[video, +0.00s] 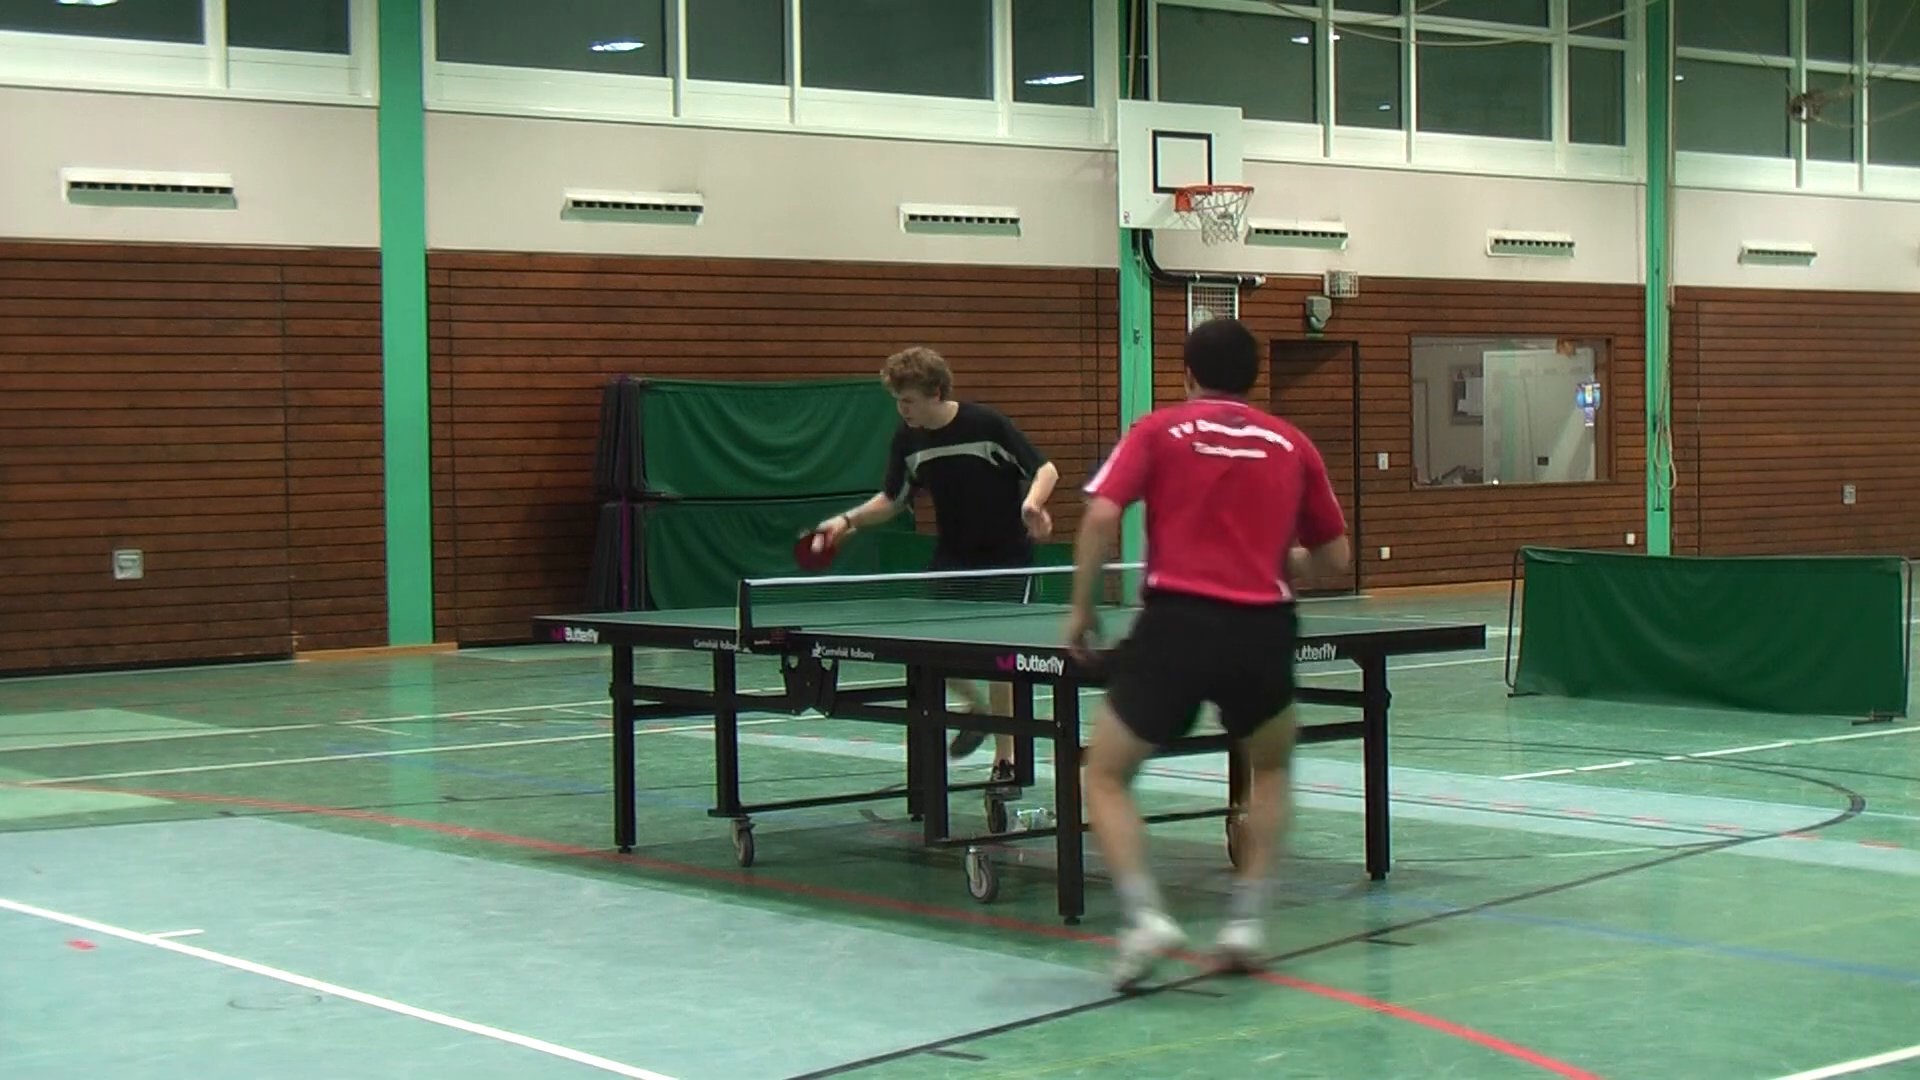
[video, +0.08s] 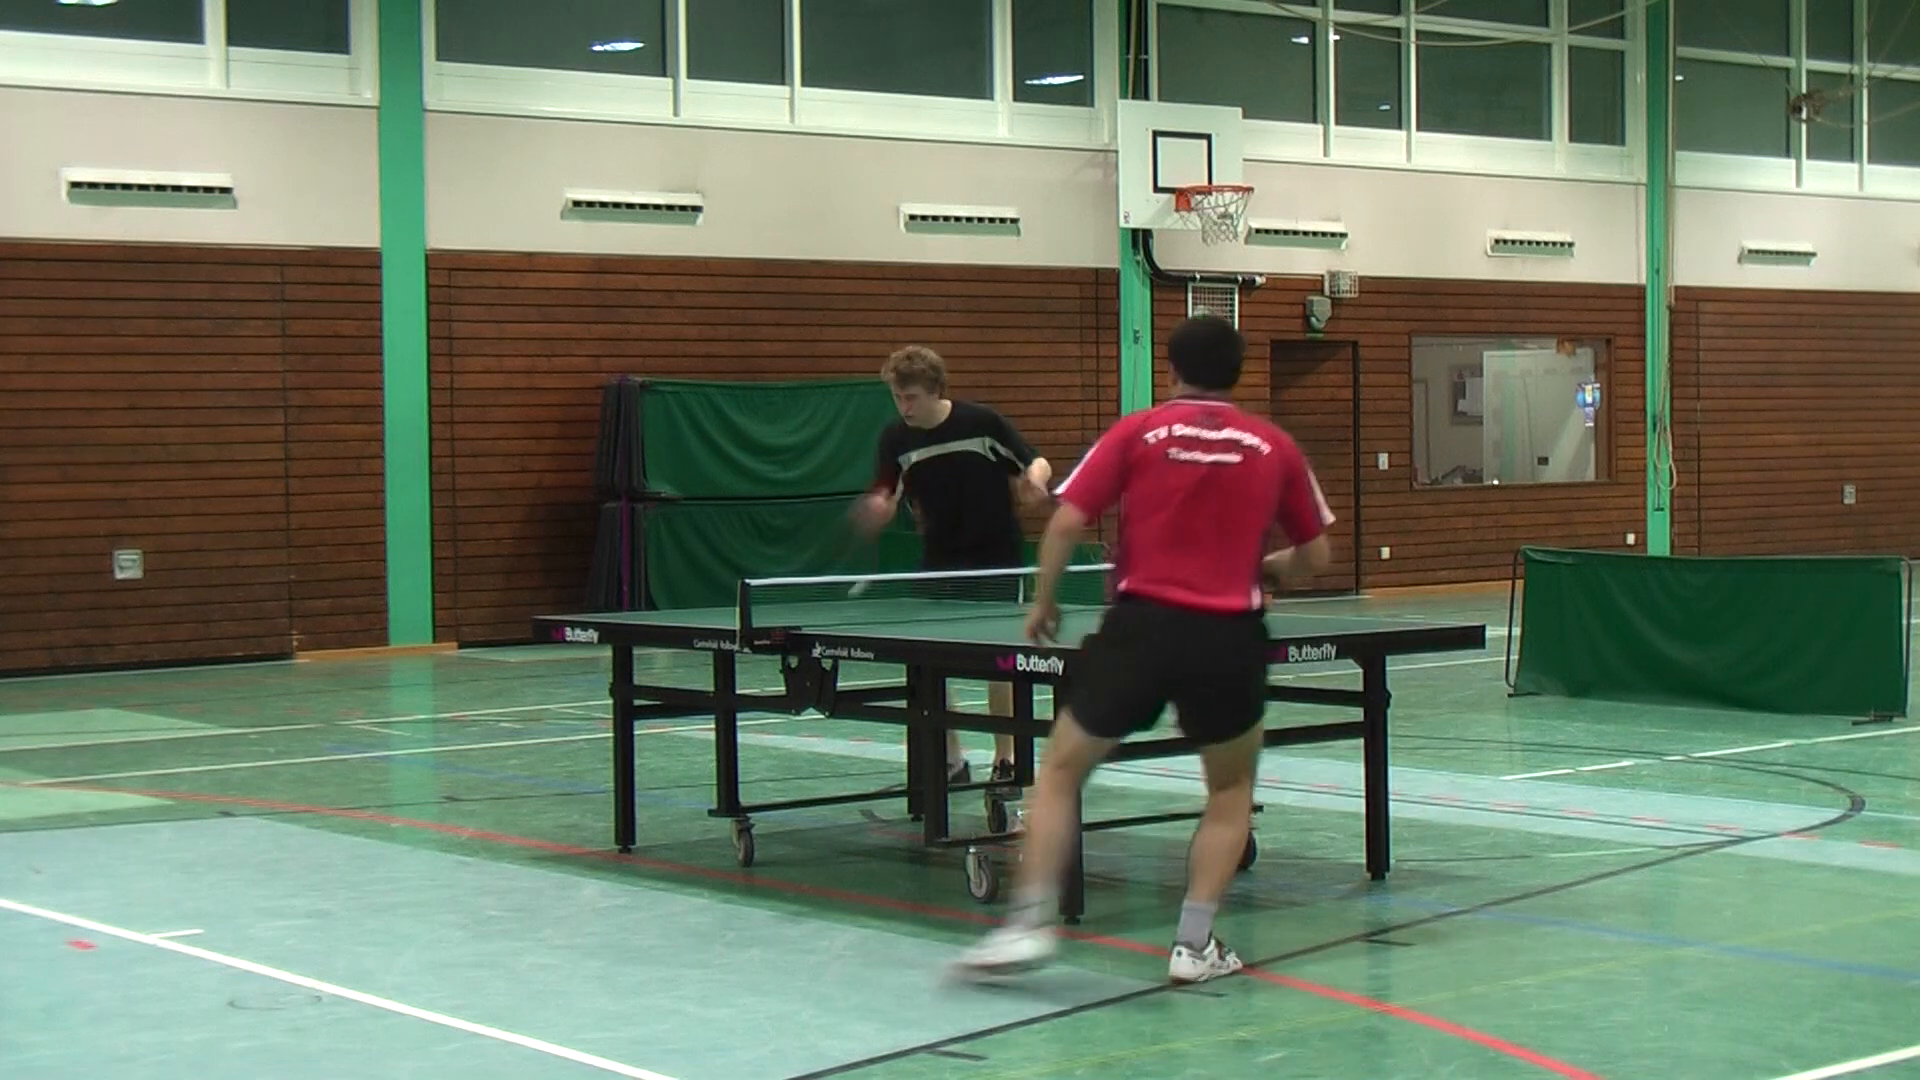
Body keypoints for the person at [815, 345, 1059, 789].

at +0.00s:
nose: (901, 410)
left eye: (907, 401)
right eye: (898, 402)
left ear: (937, 394)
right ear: (903, 399)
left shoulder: (987, 424)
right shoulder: (908, 440)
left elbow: (1045, 469)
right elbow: (891, 500)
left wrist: (1032, 501)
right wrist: (848, 520)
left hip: (1005, 559)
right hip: (952, 559)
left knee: (999, 660)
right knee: (932, 649)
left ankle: (1006, 759)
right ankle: (977, 706)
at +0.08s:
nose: (903, 407)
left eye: (911, 397)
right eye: (897, 397)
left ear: (936, 390)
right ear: (894, 393)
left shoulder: (982, 422)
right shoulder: (896, 438)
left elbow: (1038, 463)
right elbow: (881, 499)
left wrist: (1035, 479)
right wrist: (877, 507)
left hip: (996, 566)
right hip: (938, 567)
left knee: (999, 667)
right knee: (928, 666)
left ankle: (1006, 759)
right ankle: (952, 758)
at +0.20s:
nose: (909, 395)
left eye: (916, 385)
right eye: (899, 387)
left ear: (933, 380)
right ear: (888, 386)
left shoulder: (969, 420)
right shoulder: (884, 433)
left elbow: (1015, 469)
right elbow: (886, 505)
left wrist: (1026, 470)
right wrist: (910, 461)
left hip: (972, 571)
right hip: (911, 575)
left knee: (995, 664)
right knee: (900, 667)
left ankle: (1004, 767)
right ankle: (918, 760)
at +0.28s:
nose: (894, 392)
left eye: (901, 383)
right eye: (885, 384)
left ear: (917, 382)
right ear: (874, 385)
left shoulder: (946, 416)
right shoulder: (867, 435)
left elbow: (1002, 461)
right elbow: (869, 505)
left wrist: (1017, 485)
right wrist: (911, 462)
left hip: (953, 569)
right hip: (890, 572)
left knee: (987, 665)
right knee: (861, 651)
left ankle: (1002, 763)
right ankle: (866, 735)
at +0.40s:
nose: (863, 391)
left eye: (870, 382)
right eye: (854, 384)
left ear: (883, 382)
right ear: (839, 389)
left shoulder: (914, 426)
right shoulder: (830, 440)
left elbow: (960, 467)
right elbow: (822, 509)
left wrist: (987, 516)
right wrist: (882, 489)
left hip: (920, 575)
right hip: (854, 578)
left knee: (966, 659)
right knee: (807, 659)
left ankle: (1001, 766)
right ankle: (771, 754)